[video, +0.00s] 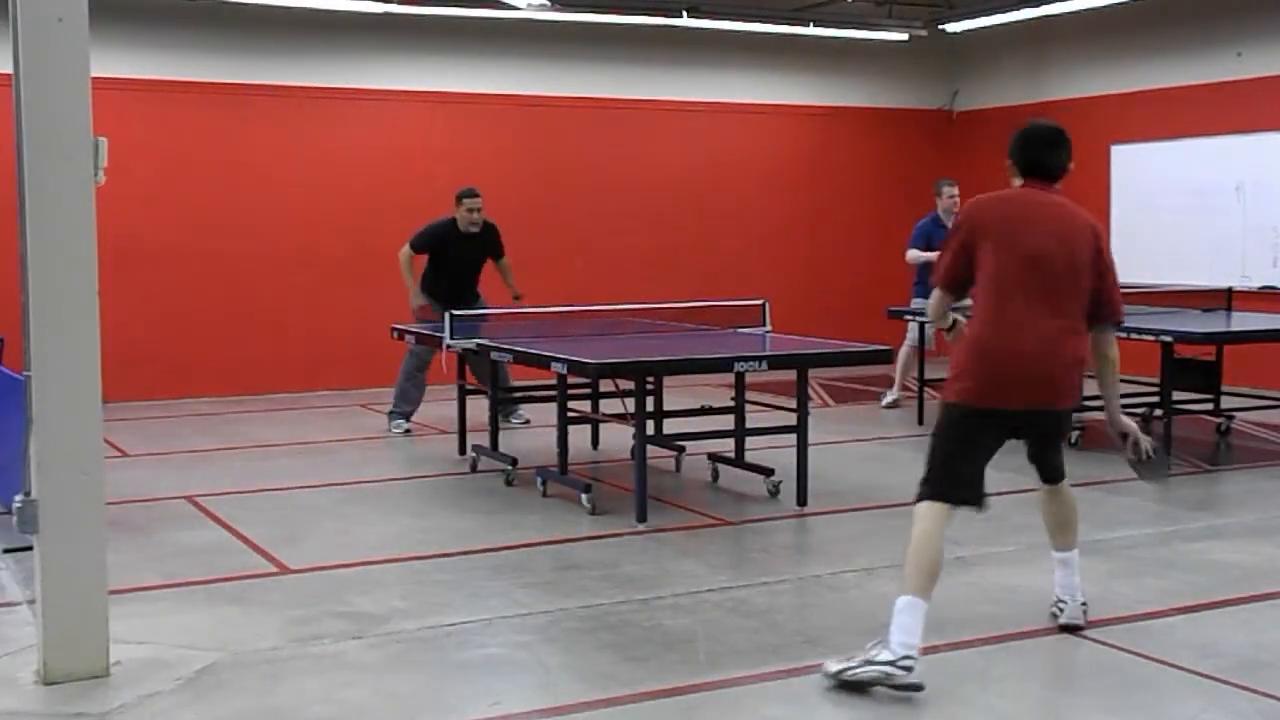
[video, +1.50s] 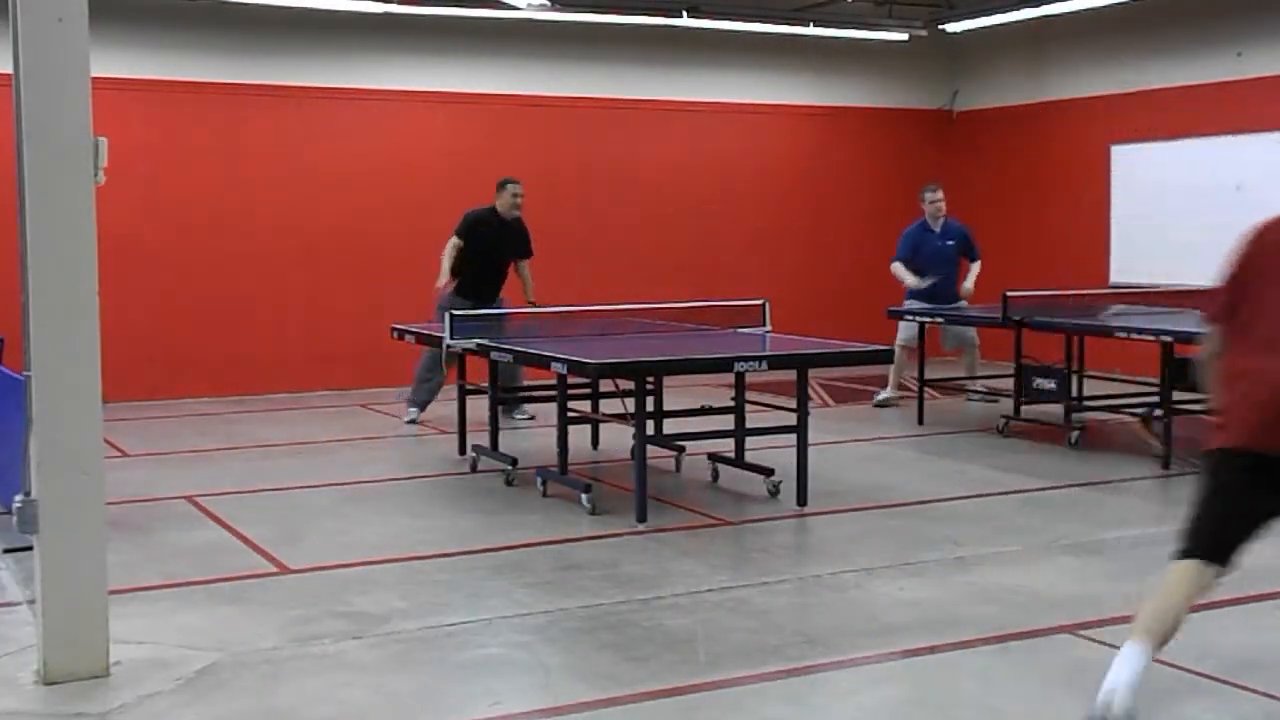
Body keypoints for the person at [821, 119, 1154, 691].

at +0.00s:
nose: (1008, 172)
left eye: (1009, 164)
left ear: (1012, 167)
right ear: (1065, 170)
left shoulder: (981, 212)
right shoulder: (1085, 226)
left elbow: (941, 302)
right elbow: (1104, 330)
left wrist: (947, 321)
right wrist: (1113, 411)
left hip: (982, 380)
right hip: (1055, 385)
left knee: (934, 501)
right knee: (1053, 473)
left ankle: (901, 648)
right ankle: (1070, 599)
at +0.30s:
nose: (1036, 136)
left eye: (1037, 127)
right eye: (1042, 128)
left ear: (1044, 129)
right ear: (1094, 132)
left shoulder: (1039, 170)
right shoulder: (1110, 182)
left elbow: (1027, 256)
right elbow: (1045, 244)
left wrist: (984, 331)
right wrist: (970, 233)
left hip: (1041, 344)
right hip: (1104, 345)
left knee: (979, 472)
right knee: (1066, 466)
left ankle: (945, 625)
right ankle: (1072, 596)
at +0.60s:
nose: (1051, 126)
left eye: (1052, 118)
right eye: (1054, 118)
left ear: (1060, 121)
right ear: (1111, 124)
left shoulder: (1061, 174)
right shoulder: (1130, 180)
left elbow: (1039, 271)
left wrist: (991, 337)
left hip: (1062, 359)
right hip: (1118, 361)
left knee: (1001, 485)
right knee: (1067, 473)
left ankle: (1045, 626)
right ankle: (1092, 594)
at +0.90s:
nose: (1060, 132)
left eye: (1061, 123)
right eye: (1064, 122)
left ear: (1072, 127)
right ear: (1126, 128)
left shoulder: (1061, 188)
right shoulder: (1166, 192)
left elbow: (1032, 291)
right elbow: (1182, 291)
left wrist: (993, 358)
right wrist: (1137, 336)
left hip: (1081, 384)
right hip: (1157, 383)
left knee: (1022, 524)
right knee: (1125, 491)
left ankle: (1078, 672)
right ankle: (1128, 614)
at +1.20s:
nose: (1132, 129)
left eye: (1135, 121)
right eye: (1138, 119)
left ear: (1144, 128)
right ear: (1203, 128)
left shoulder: (1126, 194)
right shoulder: (1249, 199)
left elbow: (1084, 294)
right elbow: (1271, 312)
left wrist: (1034, 374)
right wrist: (1210, 310)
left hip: (1147, 407)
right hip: (1236, 406)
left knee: (1067, 527)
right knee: (1237, 549)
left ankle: (1094, 691)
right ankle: (1279, 670)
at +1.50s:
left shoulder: (1267, 237)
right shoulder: (1265, 238)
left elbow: (1211, 341)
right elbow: (1212, 340)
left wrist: (1221, 406)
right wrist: (1221, 406)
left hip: (1254, 431)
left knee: (1200, 557)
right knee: (1199, 559)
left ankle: (1122, 677)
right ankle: (1124, 675)